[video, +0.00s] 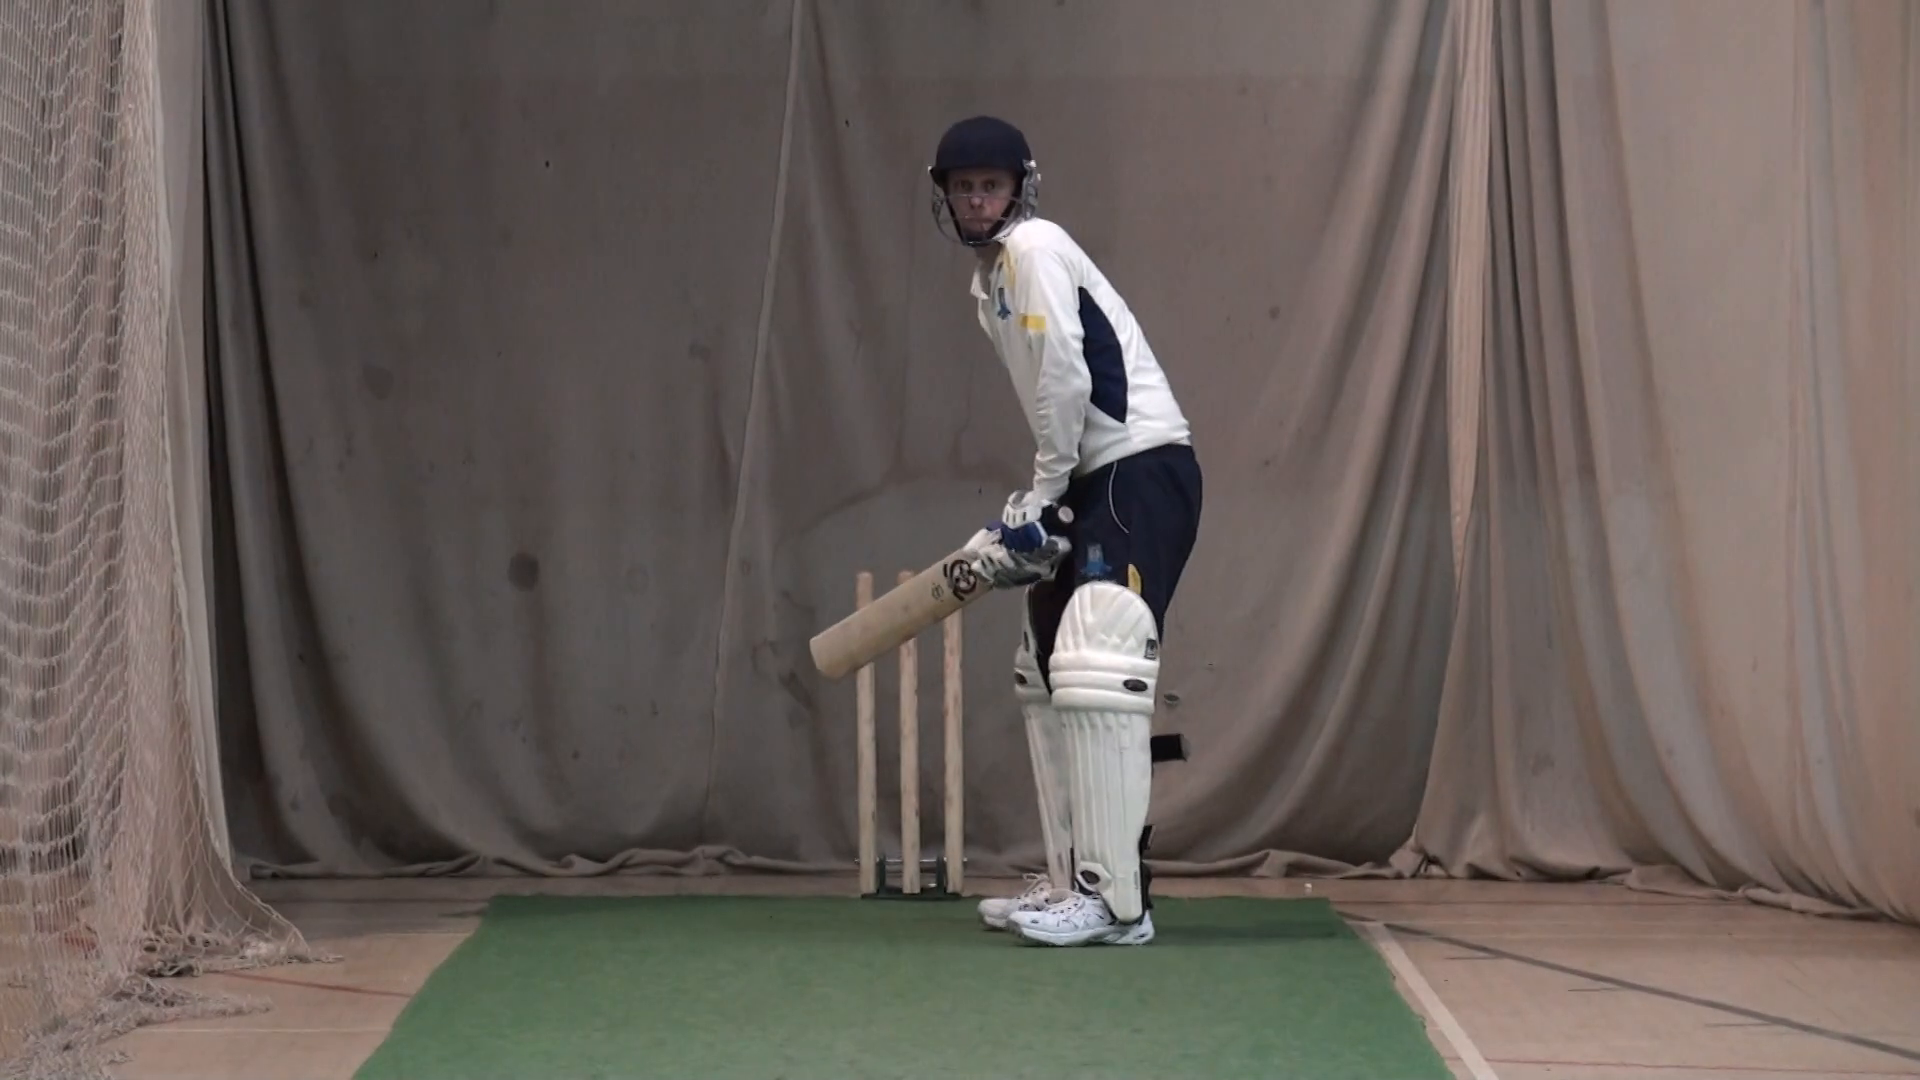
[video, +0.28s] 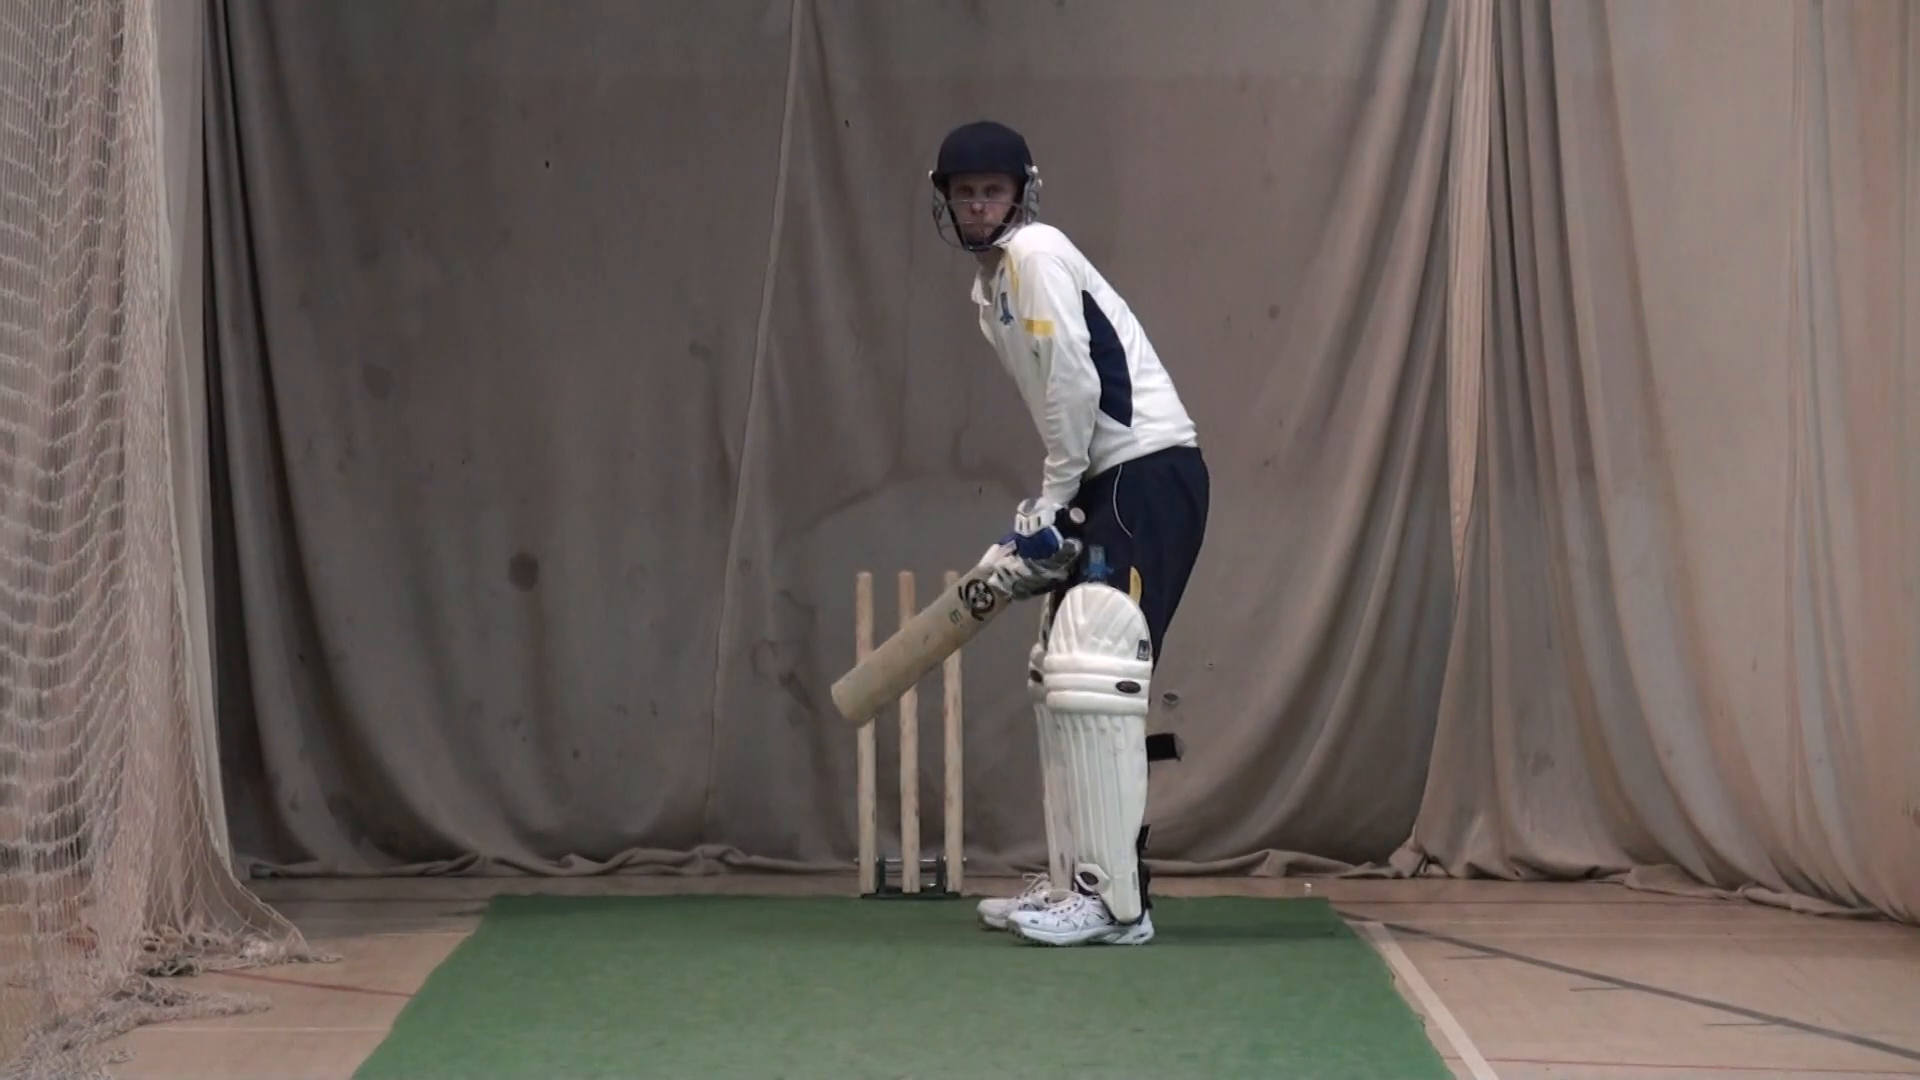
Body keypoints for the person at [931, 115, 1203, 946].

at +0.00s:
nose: (977, 202)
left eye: (992, 186)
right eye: (962, 189)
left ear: (1019, 187)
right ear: (944, 198)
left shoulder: (1033, 249)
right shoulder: (993, 280)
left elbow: (1066, 379)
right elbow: (1052, 412)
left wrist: (1044, 493)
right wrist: (1022, 520)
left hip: (1138, 468)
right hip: (1090, 480)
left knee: (1097, 674)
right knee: (1048, 676)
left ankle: (1115, 899)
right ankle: (1076, 885)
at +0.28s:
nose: (978, 208)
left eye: (993, 192)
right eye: (963, 195)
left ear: (1021, 193)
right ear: (945, 203)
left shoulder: (1034, 255)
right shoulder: (994, 285)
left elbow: (1074, 389)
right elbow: (1056, 409)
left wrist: (1051, 507)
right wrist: (1043, 517)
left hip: (1146, 473)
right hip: (1105, 479)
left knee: (1093, 677)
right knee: (1062, 676)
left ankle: (1112, 897)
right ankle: (1078, 884)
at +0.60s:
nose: (977, 212)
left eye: (992, 195)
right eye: (962, 199)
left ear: (1019, 195)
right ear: (943, 206)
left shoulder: (1035, 258)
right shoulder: (995, 287)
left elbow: (1077, 391)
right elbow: (1061, 415)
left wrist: (1044, 509)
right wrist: (1030, 528)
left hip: (1147, 472)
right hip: (1103, 478)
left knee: (1094, 676)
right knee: (1060, 675)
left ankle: (1111, 897)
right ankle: (1078, 884)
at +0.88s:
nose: (977, 208)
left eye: (991, 191)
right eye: (961, 196)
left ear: (1020, 190)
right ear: (943, 204)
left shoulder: (1039, 251)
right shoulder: (992, 287)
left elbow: (1080, 379)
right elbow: (1059, 410)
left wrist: (1037, 488)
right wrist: (1027, 521)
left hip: (1144, 472)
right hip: (1094, 481)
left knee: (1093, 676)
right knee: (1055, 677)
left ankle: (1112, 897)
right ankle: (1077, 884)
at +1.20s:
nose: (951, 224)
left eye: (962, 204)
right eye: (938, 212)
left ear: (998, 193)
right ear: (930, 218)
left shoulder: (1034, 249)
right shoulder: (1001, 280)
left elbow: (1071, 376)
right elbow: (1057, 415)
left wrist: (1040, 483)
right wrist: (1020, 520)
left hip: (1142, 474)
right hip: (1096, 480)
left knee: (1091, 675)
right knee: (1053, 676)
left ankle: (1114, 900)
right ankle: (1076, 882)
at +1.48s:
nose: (931, 298)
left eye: (922, 279)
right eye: (918, 291)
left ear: (939, 241)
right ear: (944, 240)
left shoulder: (1018, 269)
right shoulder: (1002, 286)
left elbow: (1059, 400)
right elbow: (1062, 421)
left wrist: (1030, 506)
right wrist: (1016, 533)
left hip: (1143, 475)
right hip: (1104, 486)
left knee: (1094, 676)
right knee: (1061, 676)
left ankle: (1113, 899)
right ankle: (1076, 884)